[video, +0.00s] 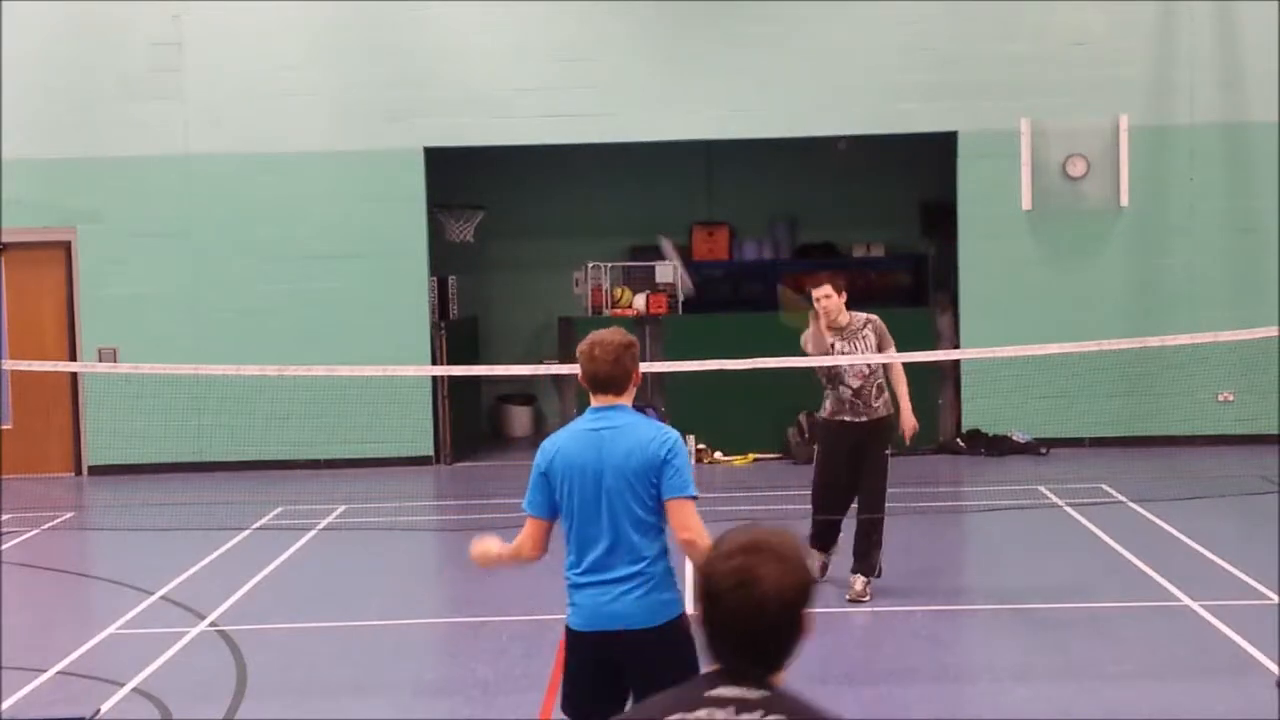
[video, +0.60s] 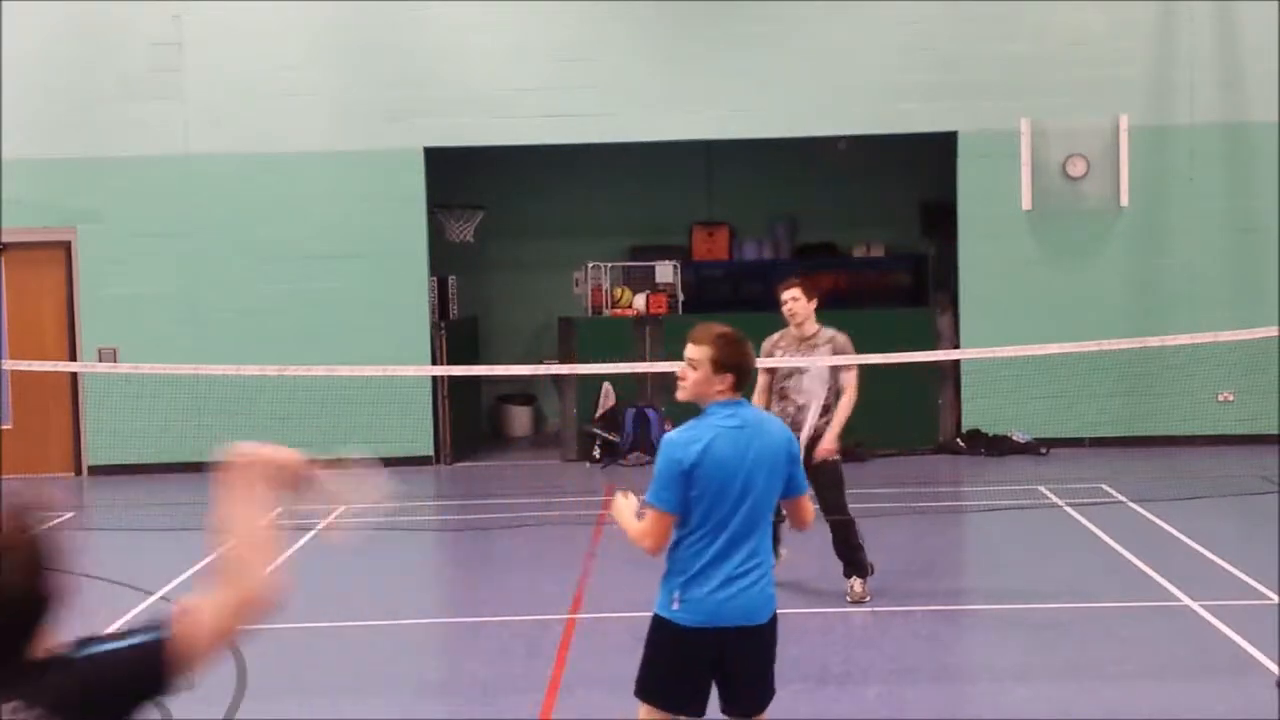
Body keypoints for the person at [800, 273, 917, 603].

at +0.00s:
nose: (821, 305)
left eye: (826, 298)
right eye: (816, 301)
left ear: (842, 297)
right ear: (811, 305)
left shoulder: (872, 325)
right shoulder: (813, 336)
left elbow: (894, 367)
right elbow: (819, 348)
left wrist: (906, 410)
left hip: (875, 424)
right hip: (835, 426)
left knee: (871, 501)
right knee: (826, 496)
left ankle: (862, 574)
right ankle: (821, 548)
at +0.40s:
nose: (812, 294)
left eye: (817, 286)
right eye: (807, 289)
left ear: (834, 288)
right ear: (803, 296)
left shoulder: (860, 330)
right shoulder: (795, 333)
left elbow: (875, 378)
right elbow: (781, 379)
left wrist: (874, 421)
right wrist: (806, 353)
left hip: (845, 428)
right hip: (805, 427)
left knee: (850, 503)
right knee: (798, 496)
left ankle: (857, 572)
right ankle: (798, 547)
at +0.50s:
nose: (803, 297)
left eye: (807, 290)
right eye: (798, 293)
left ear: (825, 292)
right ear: (794, 299)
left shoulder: (849, 331)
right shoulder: (785, 334)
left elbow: (864, 381)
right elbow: (772, 378)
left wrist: (856, 426)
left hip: (834, 426)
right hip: (793, 426)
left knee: (843, 504)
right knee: (781, 494)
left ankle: (856, 573)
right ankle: (786, 549)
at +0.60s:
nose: (789, 307)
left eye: (795, 300)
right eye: (784, 303)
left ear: (812, 303)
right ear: (781, 309)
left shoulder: (836, 341)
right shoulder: (772, 345)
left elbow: (849, 391)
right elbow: (761, 392)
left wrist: (830, 436)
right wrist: (754, 431)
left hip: (818, 439)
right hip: (777, 439)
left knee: (836, 511)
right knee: (766, 505)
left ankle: (857, 573)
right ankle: (764, 560)